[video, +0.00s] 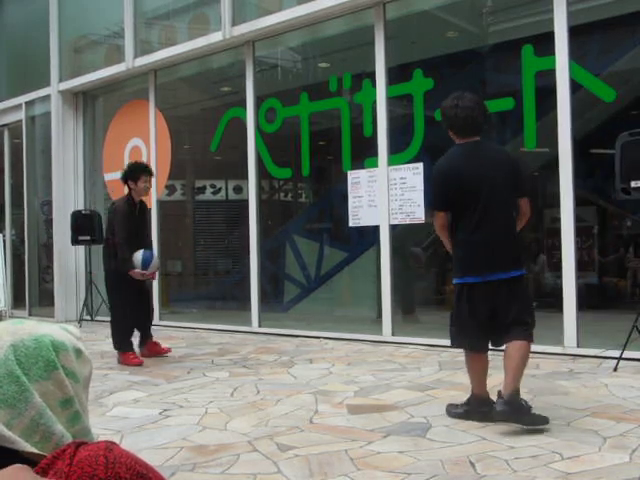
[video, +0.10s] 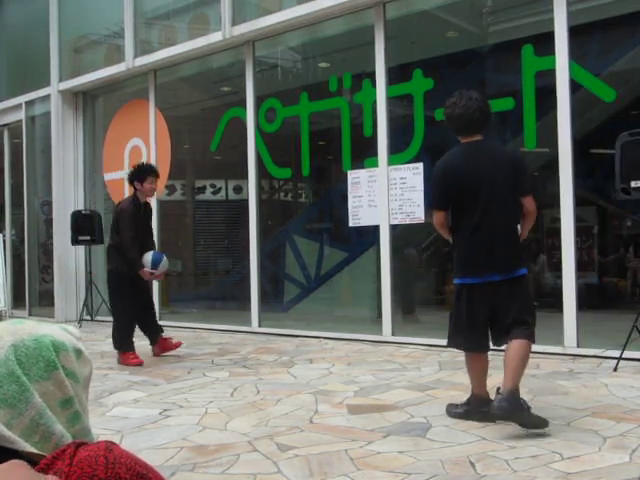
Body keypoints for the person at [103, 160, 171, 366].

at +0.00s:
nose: (148, 185)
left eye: (149, 181)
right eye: (144, 181)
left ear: (150, 183)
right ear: (131, 184)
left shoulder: (143, 208)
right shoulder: (119, 208)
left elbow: (146, 239)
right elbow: (119, 241)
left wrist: (150, 265)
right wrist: (129, 267)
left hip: (138, 264)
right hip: (118, 266)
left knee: (144, 303)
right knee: (122, 307)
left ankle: (146, 341)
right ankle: (124, 350)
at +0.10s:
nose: (154, 187)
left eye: (155, 183)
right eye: (149, 183)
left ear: (154, 184)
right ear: (137, 185)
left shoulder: (146, 208)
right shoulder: (125, 208)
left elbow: (148, 238)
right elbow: (127, 242)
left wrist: (155, 263)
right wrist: (139, 268)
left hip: (137, 265)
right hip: (120, 267)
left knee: (145, 304)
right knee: (124, 309)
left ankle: (157, 341)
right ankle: (125, 351)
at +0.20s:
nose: (159, 188)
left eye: (160, 184)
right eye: (155, 184)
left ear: (160, 185)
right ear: (142, 185)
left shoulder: (151, 210)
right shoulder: (130, 209)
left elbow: (152, 241)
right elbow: (131, 242)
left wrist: (160, 264)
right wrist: (145, 267)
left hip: (142, 266)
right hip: (124, 267)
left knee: (149, 304)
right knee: (126, 309)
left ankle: (157, 342)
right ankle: (125, 351)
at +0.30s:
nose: (163, 189)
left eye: (165, 185)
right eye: (159, 185)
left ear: (165, 186)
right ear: (146, 186)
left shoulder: (158, 210)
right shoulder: (133, 208)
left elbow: (159, 241)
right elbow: (133, 242)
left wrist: (166, 263)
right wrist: (149, 264)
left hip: (147, 266)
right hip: (129, 267)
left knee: (154, 304)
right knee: (128, 308)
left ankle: (159, 342)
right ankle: (127, 350)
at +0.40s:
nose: (165, 189)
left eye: (167, 185)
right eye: (161, 184)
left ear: (167, 187)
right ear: (148, 185)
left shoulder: (162, 210)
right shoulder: (136, 208)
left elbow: (163, 240)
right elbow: (132, 241)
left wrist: (170, 263)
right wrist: (149, 260)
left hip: (153, 263)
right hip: (134, 264)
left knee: (158, 302)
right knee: (134, 304)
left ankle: (159, 342)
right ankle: (135, 347)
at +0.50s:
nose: (165, 185)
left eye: (167, 182)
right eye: (161, 181)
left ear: (168, 184)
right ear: (148, 182)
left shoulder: (163, 208)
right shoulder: (137, 206)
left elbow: (164, 238)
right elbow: (132, 238)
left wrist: (175, 253)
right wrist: (148, 253)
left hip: (156, 260)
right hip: (137, 261)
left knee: (160, 300)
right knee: (143, 301)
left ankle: (160, 340)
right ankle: (143, 343)